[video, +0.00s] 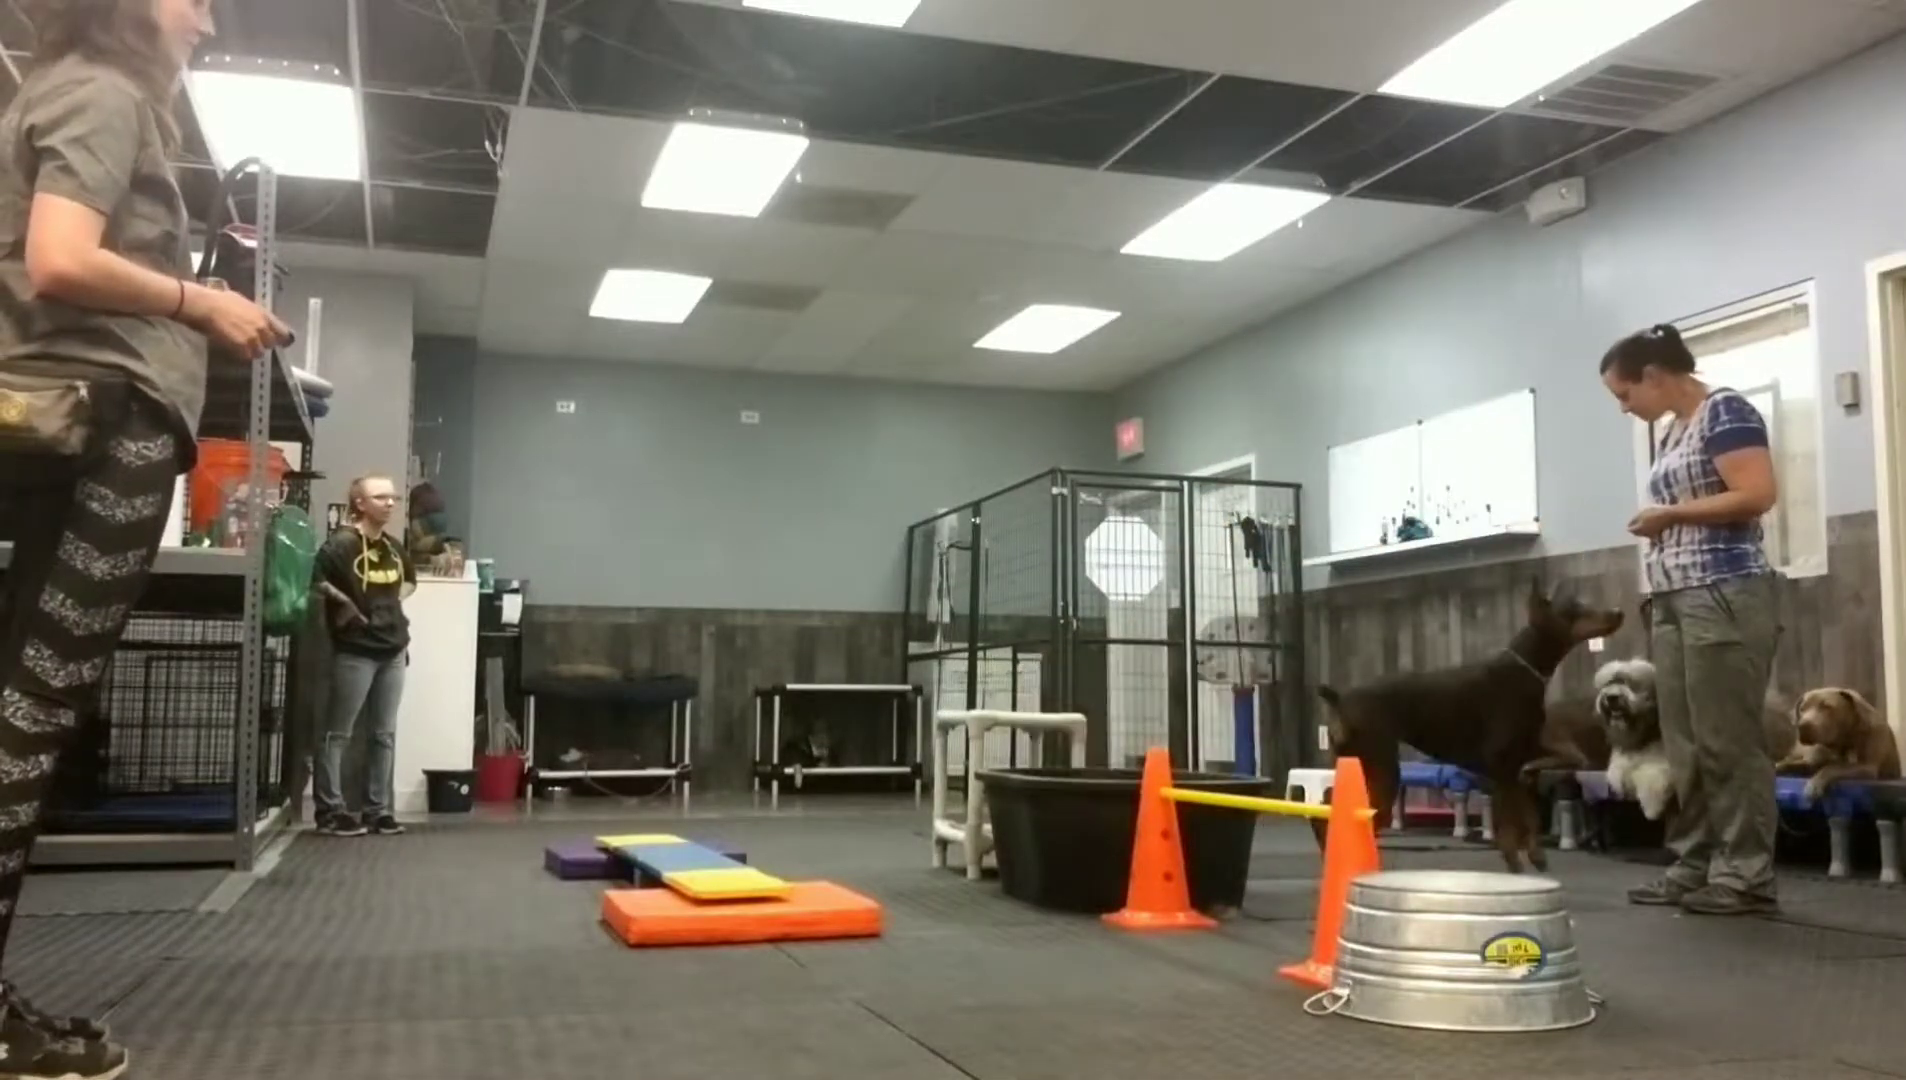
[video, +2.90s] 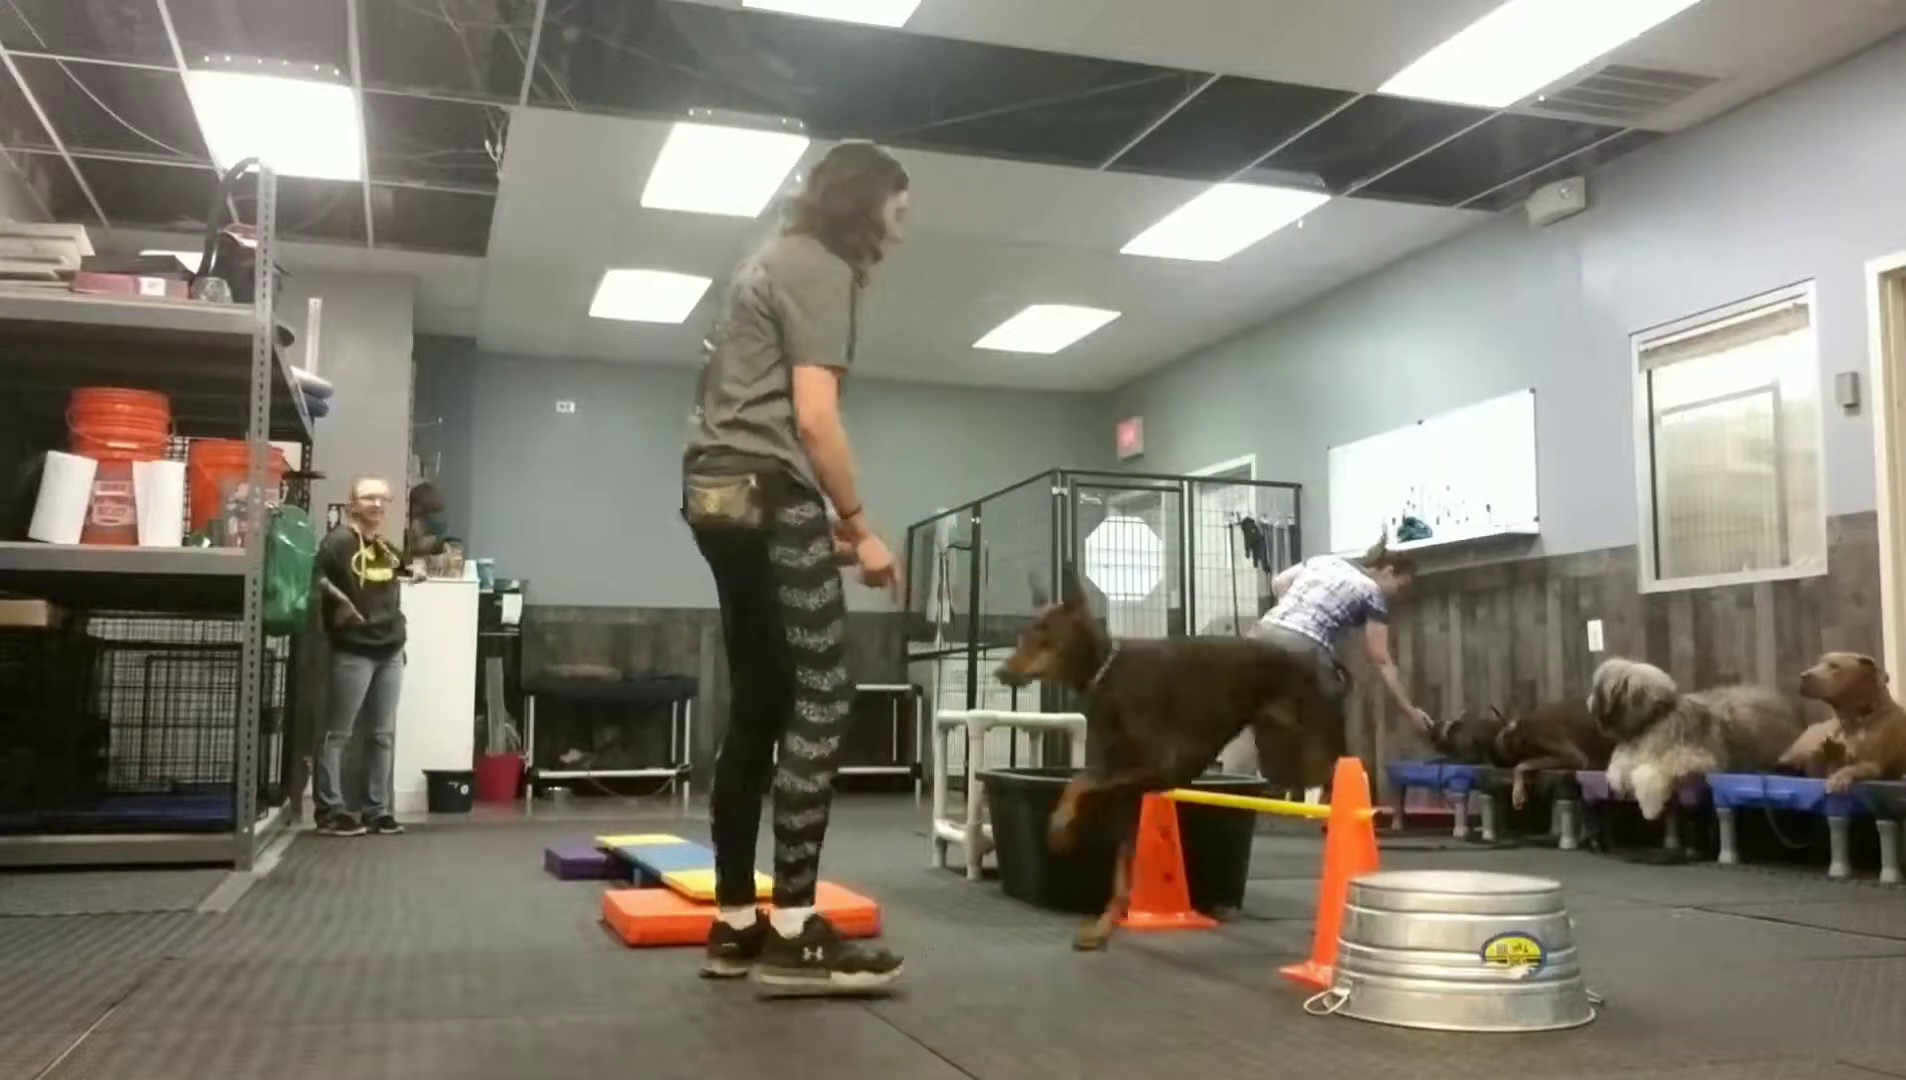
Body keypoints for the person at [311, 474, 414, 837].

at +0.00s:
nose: (390, 504)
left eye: (392, 498)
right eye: (381, 498)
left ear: (394, 504)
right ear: (359, 503)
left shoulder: (392, 546)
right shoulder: (340, 546)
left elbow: (406, 583)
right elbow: (316, 585)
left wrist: (396, 624)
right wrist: (347, 609)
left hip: (393, 649)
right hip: (355, 650)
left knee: (383, 734)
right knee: (339, 734)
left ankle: (378, 811)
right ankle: (330, 811)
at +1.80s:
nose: (385, 503)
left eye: (388, 497)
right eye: (376, 496)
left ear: (393, 503)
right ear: (356, 503)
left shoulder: (392, 548)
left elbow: (403, 595)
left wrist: (390, 622)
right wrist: (373, 627)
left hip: (389, 652)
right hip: (352, 651)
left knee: (382, 735)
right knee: (338, 733)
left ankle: (376, 808)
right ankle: (330, 809)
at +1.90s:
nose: (382, 505)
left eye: (385, 500)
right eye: (374, 499)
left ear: (388, 505)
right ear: (356, 503)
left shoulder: (386, 549)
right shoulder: (340, 541)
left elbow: (413, 582)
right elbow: (322, 580)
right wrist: (345, 604)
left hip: (389, 649)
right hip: (354, 648)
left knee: (382, 734)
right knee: (339, 733)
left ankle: (377, 809)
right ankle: (330, 810)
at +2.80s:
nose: (378, 512)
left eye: (384, 506)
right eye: (371, 505)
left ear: (389, 509)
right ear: (352, 507)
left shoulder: (388, 550)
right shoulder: (337, 543)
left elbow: (425, 563)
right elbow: (317, 579)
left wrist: (407, 538)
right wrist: (340, 600)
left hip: (390, 649)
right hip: (354, 648)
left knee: (383, 734)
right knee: (340, 734)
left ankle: (377, 810)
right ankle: (330, 810)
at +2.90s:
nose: (377, 505)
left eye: (382, 500)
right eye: (369, 499)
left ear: (389, 506)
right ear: (353, 504)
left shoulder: (387, 550)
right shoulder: (337, 545)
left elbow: (391, 597)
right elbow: (320, 591)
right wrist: (348, 618)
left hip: (390, 649)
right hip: (353, 649)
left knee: (382, 735)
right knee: (338, 734)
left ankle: (377, 811)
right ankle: (329, 810)